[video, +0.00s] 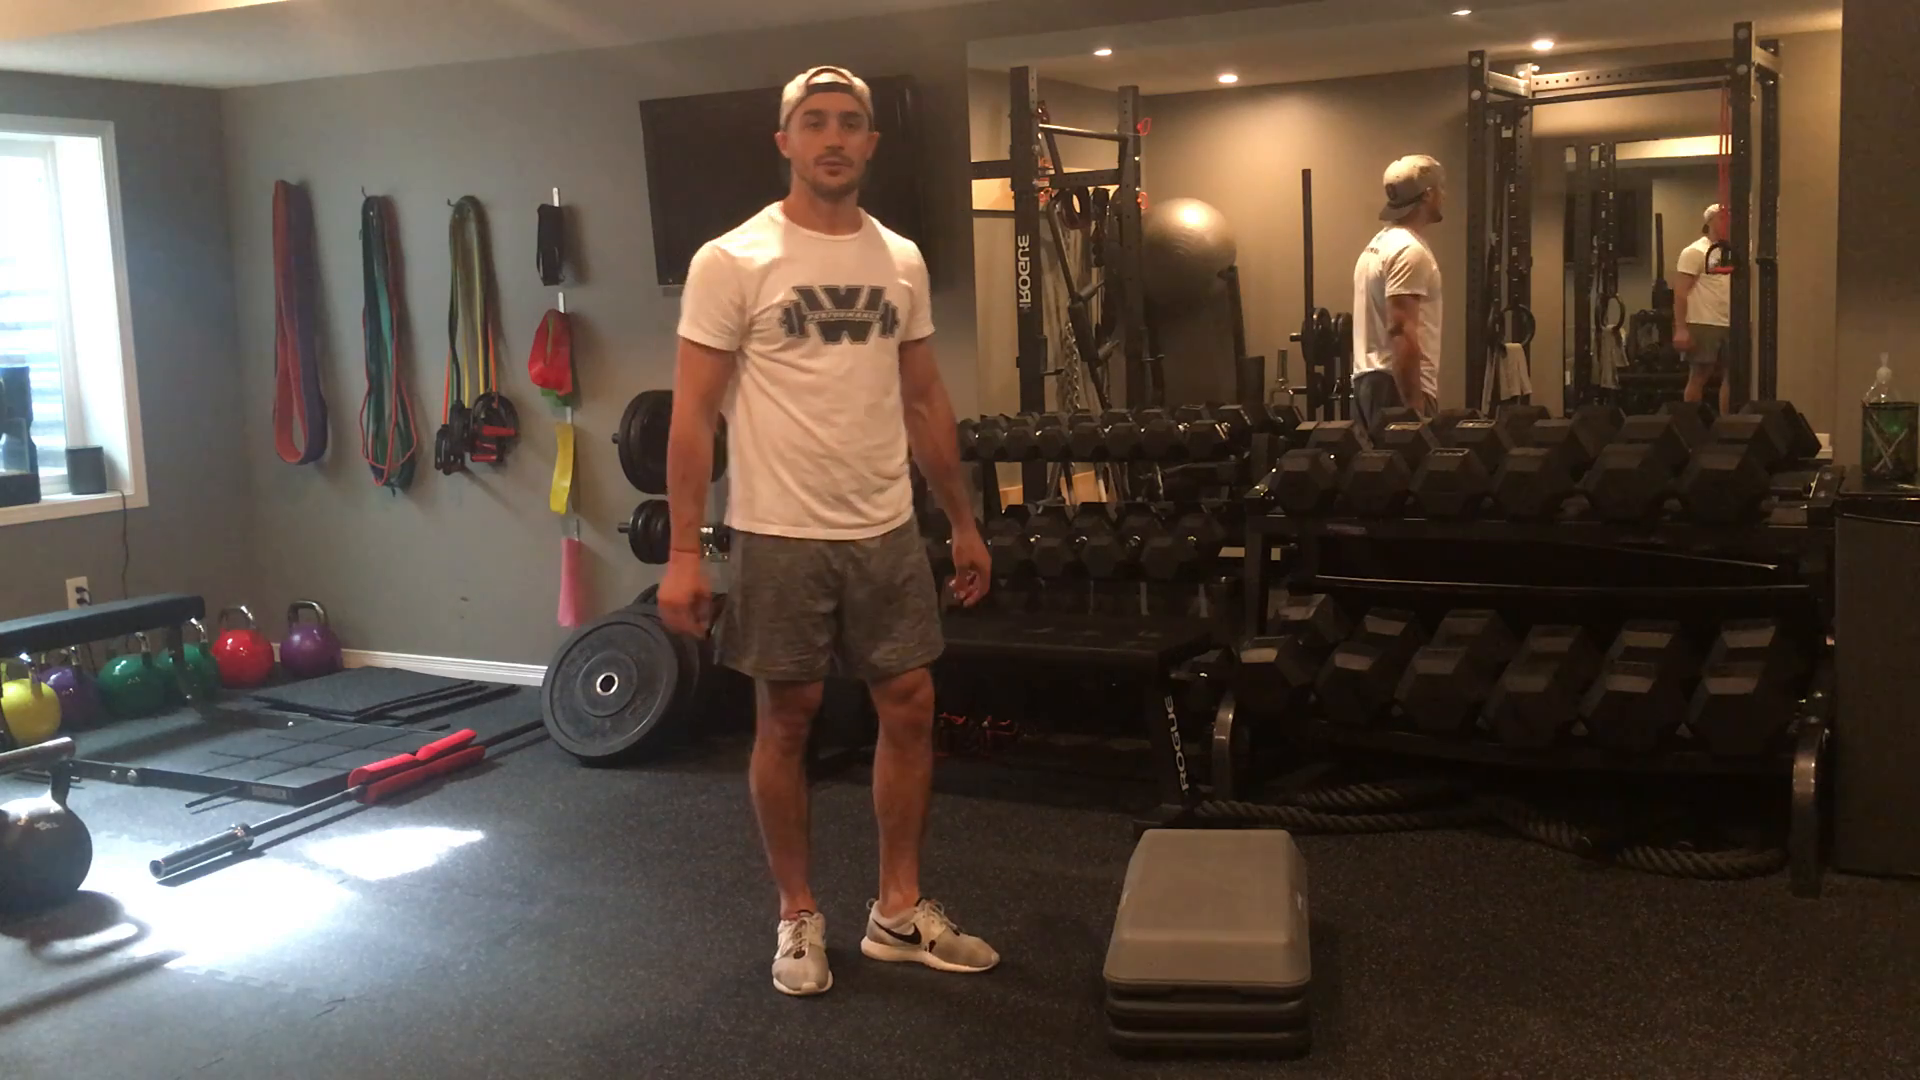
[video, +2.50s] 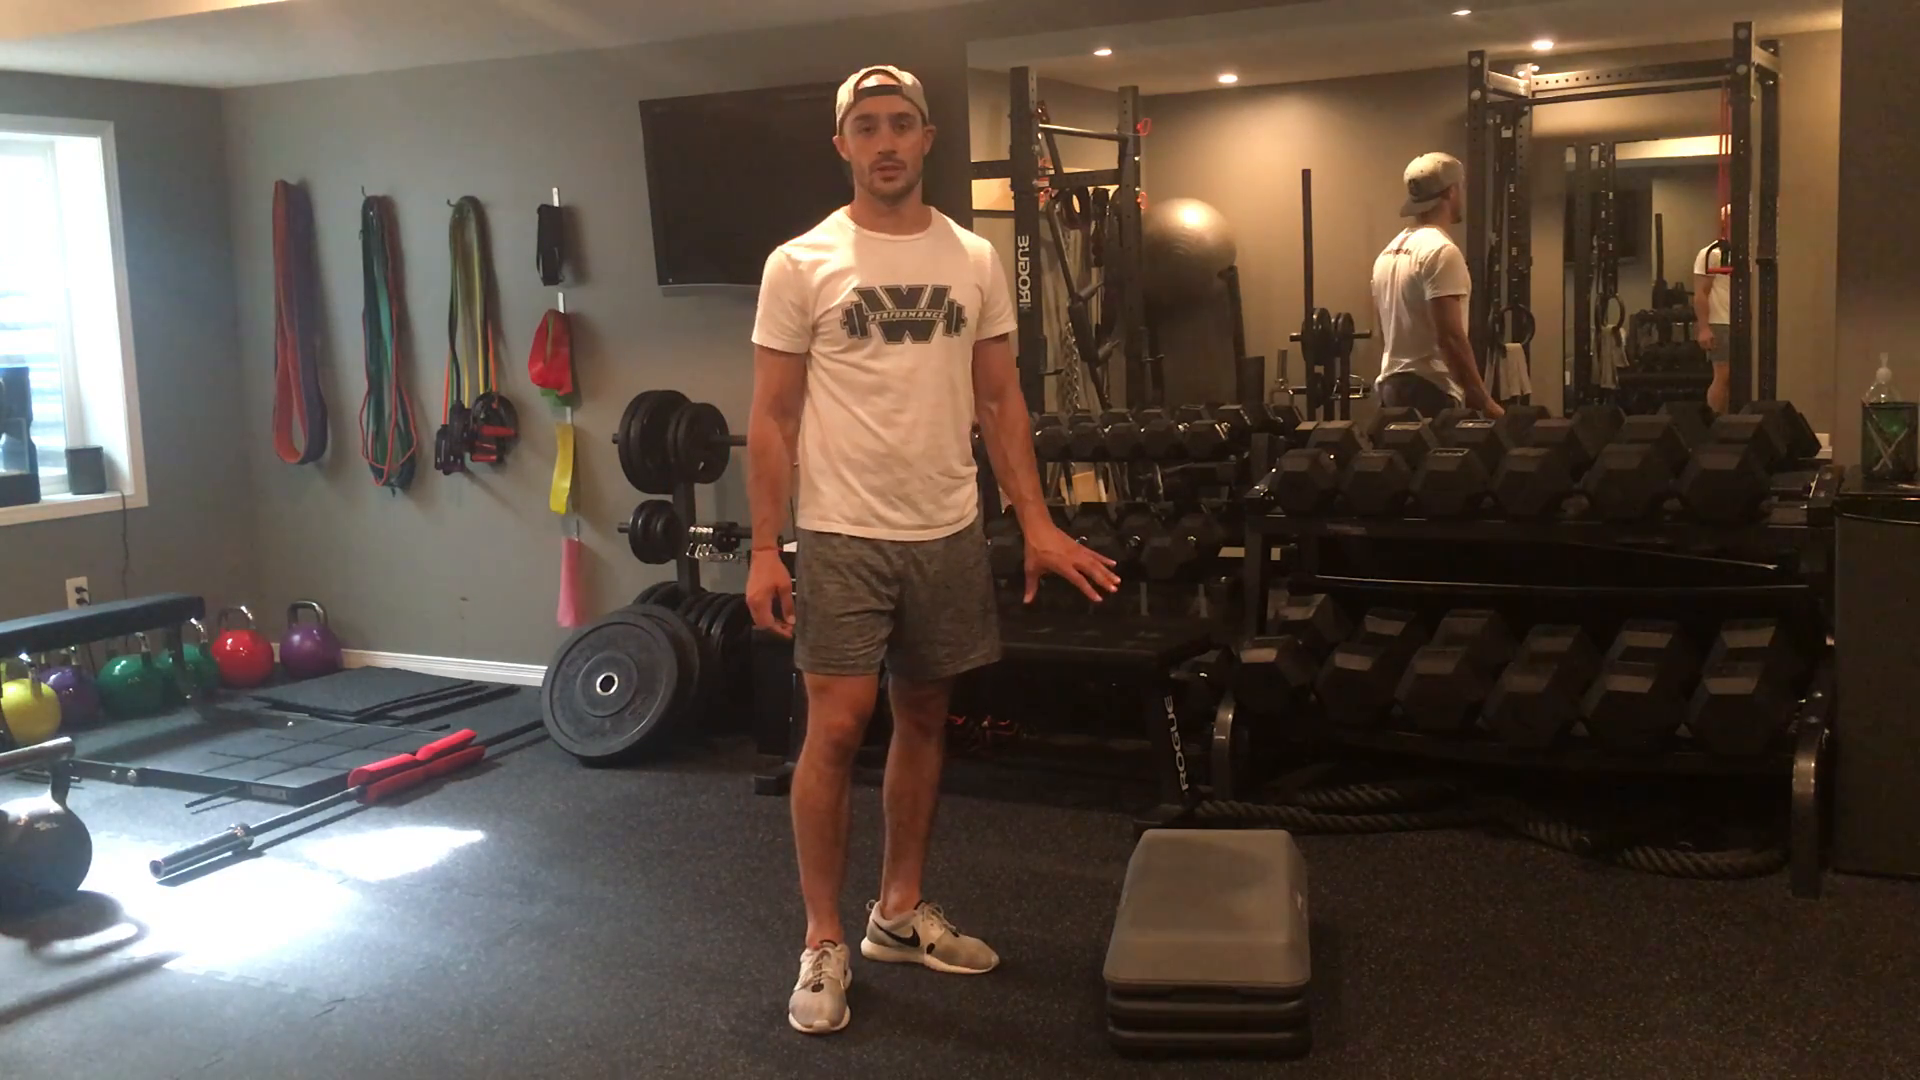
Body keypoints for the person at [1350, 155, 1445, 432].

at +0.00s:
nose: (1443, 196)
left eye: (1442, 189)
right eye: (1440, 189)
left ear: (1399, 197)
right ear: (1428, 195)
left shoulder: (1376, 245)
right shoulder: (1409, 251)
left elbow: (1369, 328)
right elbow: (1401, 331)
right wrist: (1416, 406)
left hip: (1366, 385)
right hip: (1395, 389)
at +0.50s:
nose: (1464, 199)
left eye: (1463, 191)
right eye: (1462, 191)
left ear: (1417, 195)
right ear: (1449, 196)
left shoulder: (1385, 248)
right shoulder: (1428, 253)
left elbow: (1384, 329)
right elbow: (1436, 340)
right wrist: (1473, 408)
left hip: (1383, 388)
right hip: (1417, 392)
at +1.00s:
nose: (1470, 214)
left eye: (1471, 203)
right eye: (1465, 202)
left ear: (1437, 198)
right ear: (1439, 197)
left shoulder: (1390, 247)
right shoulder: (1424, 252)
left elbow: (1391, 335)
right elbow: (1432, 340)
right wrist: (1474, 401)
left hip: (1392, 388)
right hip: (1420, 392)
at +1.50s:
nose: (1472, 213)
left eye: (1473, 203)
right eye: (1468, 201)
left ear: (1441, 196)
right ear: (1444, 196)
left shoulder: (1394, 244)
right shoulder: (1423, 255)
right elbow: (1426, 343)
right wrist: (1462, 403)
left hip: (1393, 386)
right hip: (1418, 392)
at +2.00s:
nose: (1467, 199)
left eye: (1467, 191)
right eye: (1466, 192)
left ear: (1420, 194)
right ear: (1458, 196)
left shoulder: (1389, 249)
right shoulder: (1434, 254)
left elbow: (1387, 328)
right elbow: (1438, 341)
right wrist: (1471, 406)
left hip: (1389, 388)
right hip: (1423, 393)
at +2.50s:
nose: (1464, 196)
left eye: (1463, 188)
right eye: (1462, 188)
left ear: (1418, 197)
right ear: (1451, 193)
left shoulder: (1388, 253)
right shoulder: (1441, 250)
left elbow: (1386, 333)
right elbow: (1451, 338)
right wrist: (1483, 400)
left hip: (1391, 388)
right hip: (1431, 391)